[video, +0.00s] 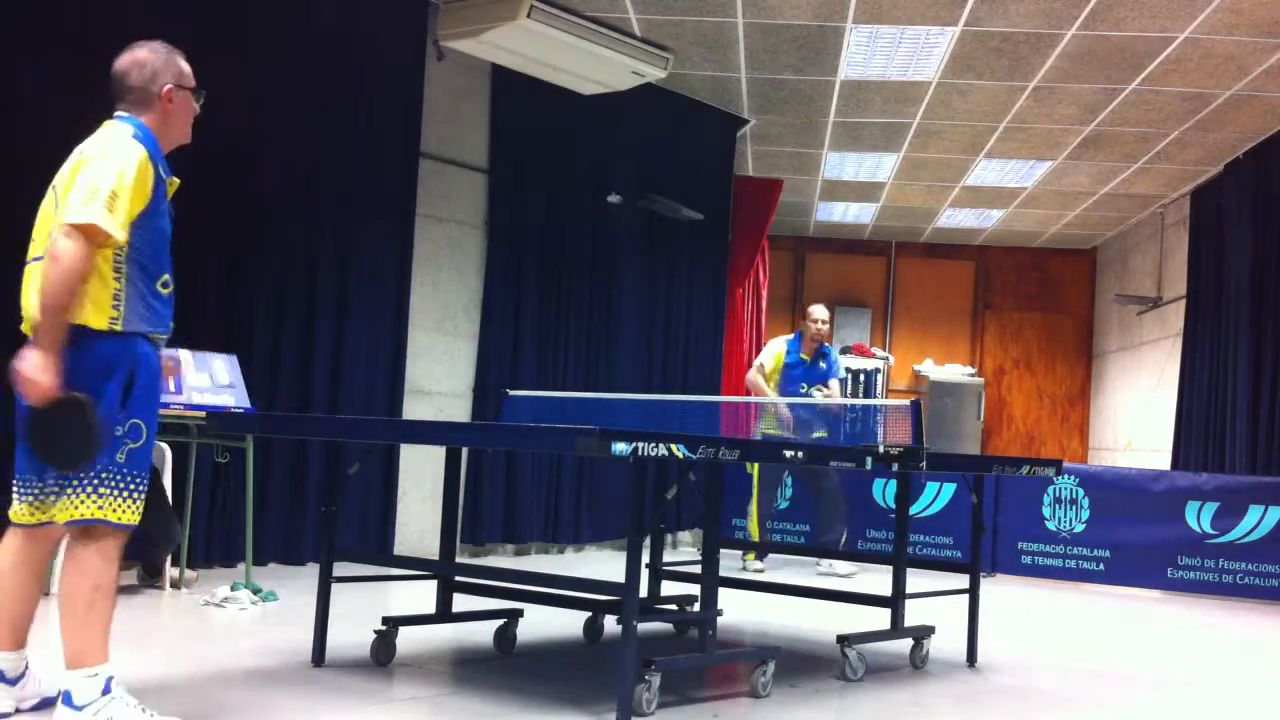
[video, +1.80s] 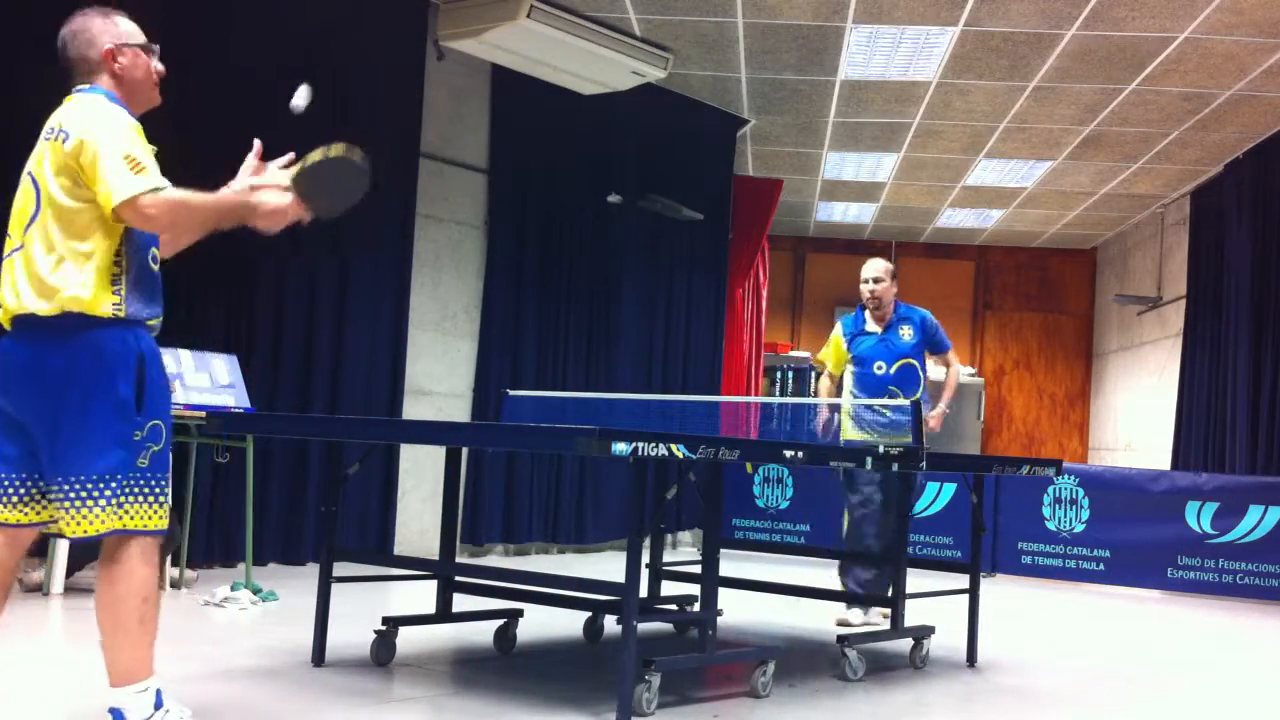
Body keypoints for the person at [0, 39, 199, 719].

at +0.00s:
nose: (196, 108)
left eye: (195, 95)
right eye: (192, 95)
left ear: (139, 95)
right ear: (167, 96)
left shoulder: (107, 149)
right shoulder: (127, 152)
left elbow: (96, 263)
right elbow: (72, 247)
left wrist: (145, 352)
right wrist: (45, 347)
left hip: (69, 352)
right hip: (109, 356)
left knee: (32, 518)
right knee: (101, 527)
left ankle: (7, 672)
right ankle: (89, 689)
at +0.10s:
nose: (203, 102)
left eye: (201, 89)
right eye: (198, 88)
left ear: (145, 90)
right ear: (173, 90)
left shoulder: (106, 147)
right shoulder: (138, 152)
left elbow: (91, 273)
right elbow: (101, 257)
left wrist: (181, 298)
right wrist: (114, 363)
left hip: (65, 354)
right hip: (109, 357)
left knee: (46, 528)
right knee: (100, 533)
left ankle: (10, 674)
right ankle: (88, 693)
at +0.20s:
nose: (210, 100)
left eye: (208, 87)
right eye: (206, 86)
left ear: (151, 87)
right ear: (181, 86)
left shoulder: (110, 142)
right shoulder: (150, 150)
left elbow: (119, 247)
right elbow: (135, 256)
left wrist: (207, 227)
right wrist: (175, 361)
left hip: (75, 353)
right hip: (113, 357)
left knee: (78, 521)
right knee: (104, 530)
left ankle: (31, 668)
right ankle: (86, 691)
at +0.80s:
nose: (269, 107)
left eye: (268, 94)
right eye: (264, 93)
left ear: (213, 95)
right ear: (234, 94)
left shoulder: (162, 149)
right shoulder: (197, 156)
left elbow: (151, 267)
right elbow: (185, 261)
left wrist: (249, 320)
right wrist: (265, 323)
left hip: (127, 358)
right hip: (170, 359)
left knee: (156, 522)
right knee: (205, 520)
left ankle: (124, 674)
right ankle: (136, 681)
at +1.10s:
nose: (284, 100)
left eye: (283, 87)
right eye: (277, 85)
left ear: (222, 87)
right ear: (239, 86)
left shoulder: (167, 139)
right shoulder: (208, 149)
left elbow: (152, 254)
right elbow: (240, 241)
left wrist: (221, 314)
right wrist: (351, 248)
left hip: (108, 353)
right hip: (163, 360)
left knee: (123, 528)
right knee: (189, 535)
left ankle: (105, 682)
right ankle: (149, 705)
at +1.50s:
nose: (196, 57)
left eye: (191, 44)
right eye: (178, 45)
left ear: (131, 63)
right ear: (131, 61)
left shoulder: (101, 125)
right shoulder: (131, 123)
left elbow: (124, 252)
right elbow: (216, 188)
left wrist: (220, 256)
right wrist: (322, 147)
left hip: (63, 356)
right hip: (127, 353)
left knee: (42, 529)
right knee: (159, 541)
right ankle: (147, 705)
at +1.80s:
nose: (160, 65)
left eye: (156, 52)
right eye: (151, 52)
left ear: (97, 64)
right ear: (117, 59)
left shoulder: (64, 125)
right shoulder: (102, 118)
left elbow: (148, 246)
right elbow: (143, 208)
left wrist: (231, 197)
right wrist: (250, 202)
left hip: (28, 347)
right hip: (101, 346)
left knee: (12, 529)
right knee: (134, 531)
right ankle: (135, 703)